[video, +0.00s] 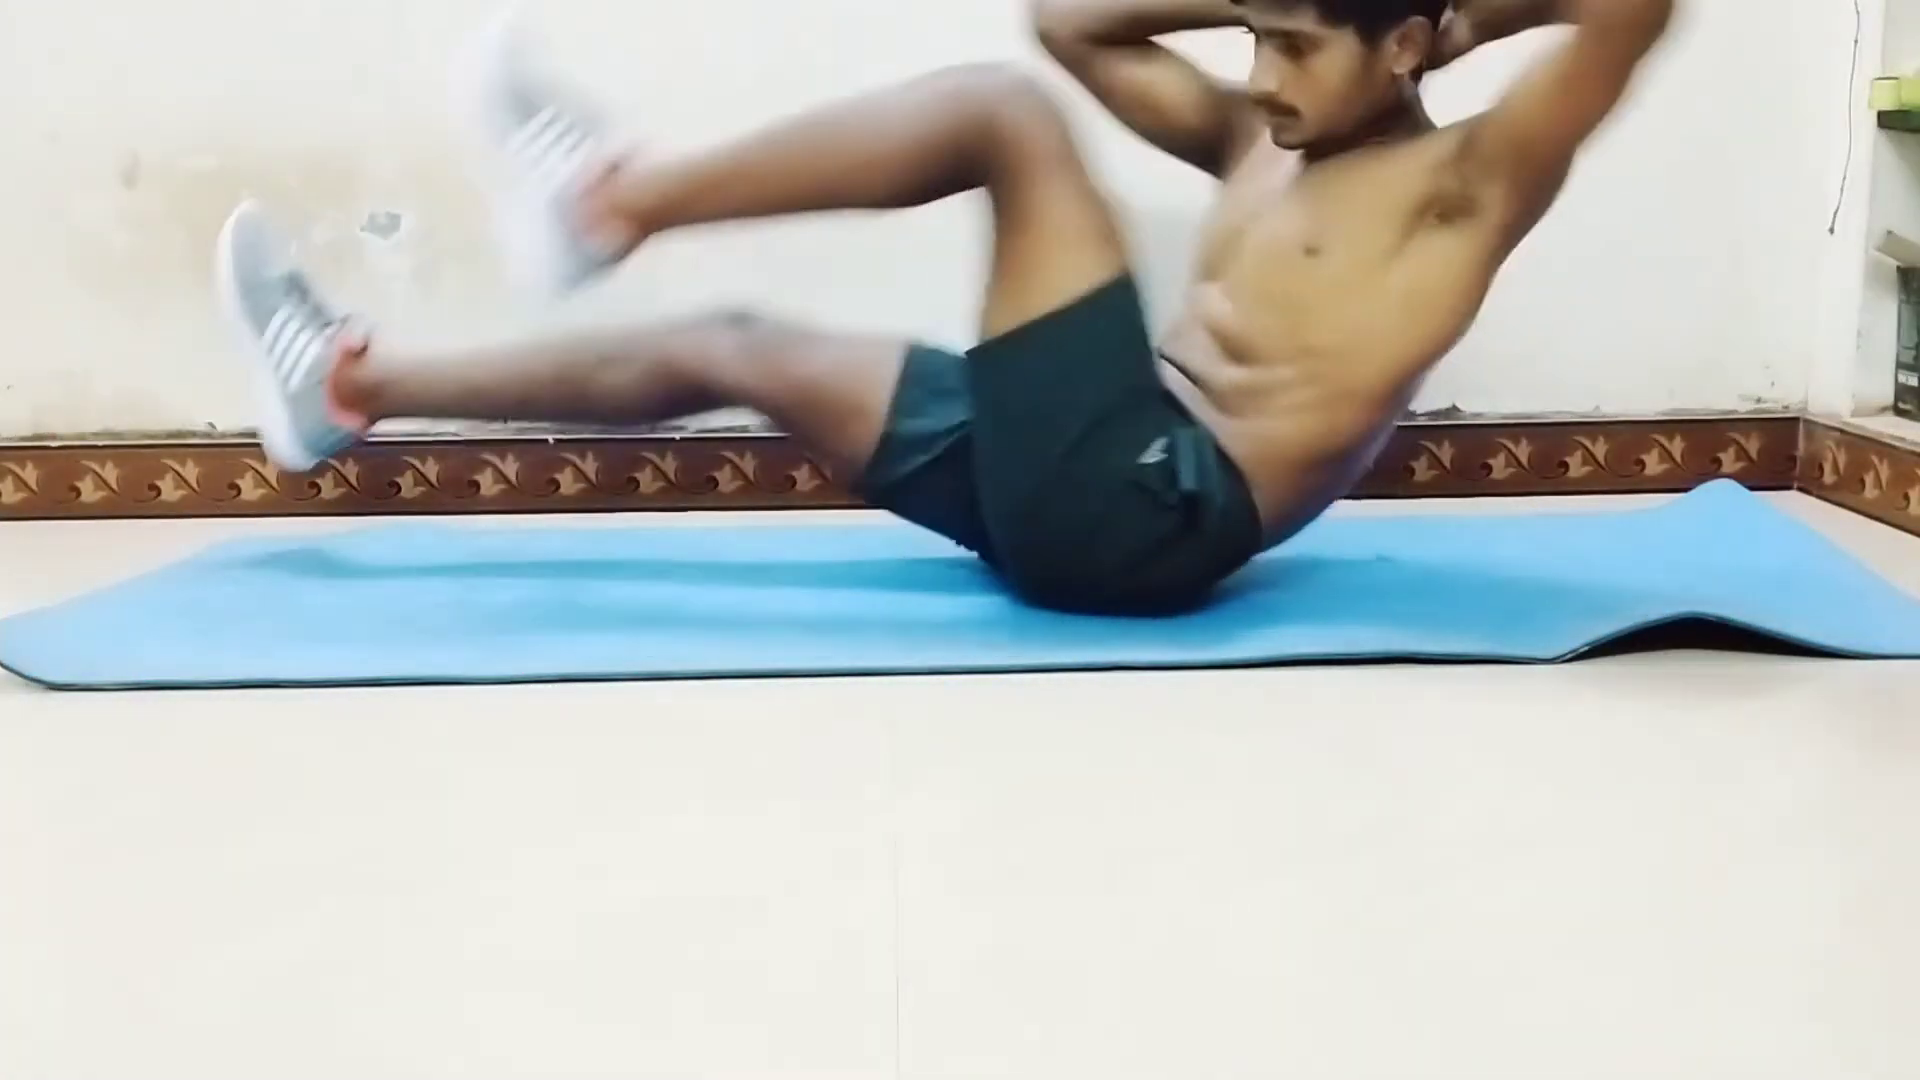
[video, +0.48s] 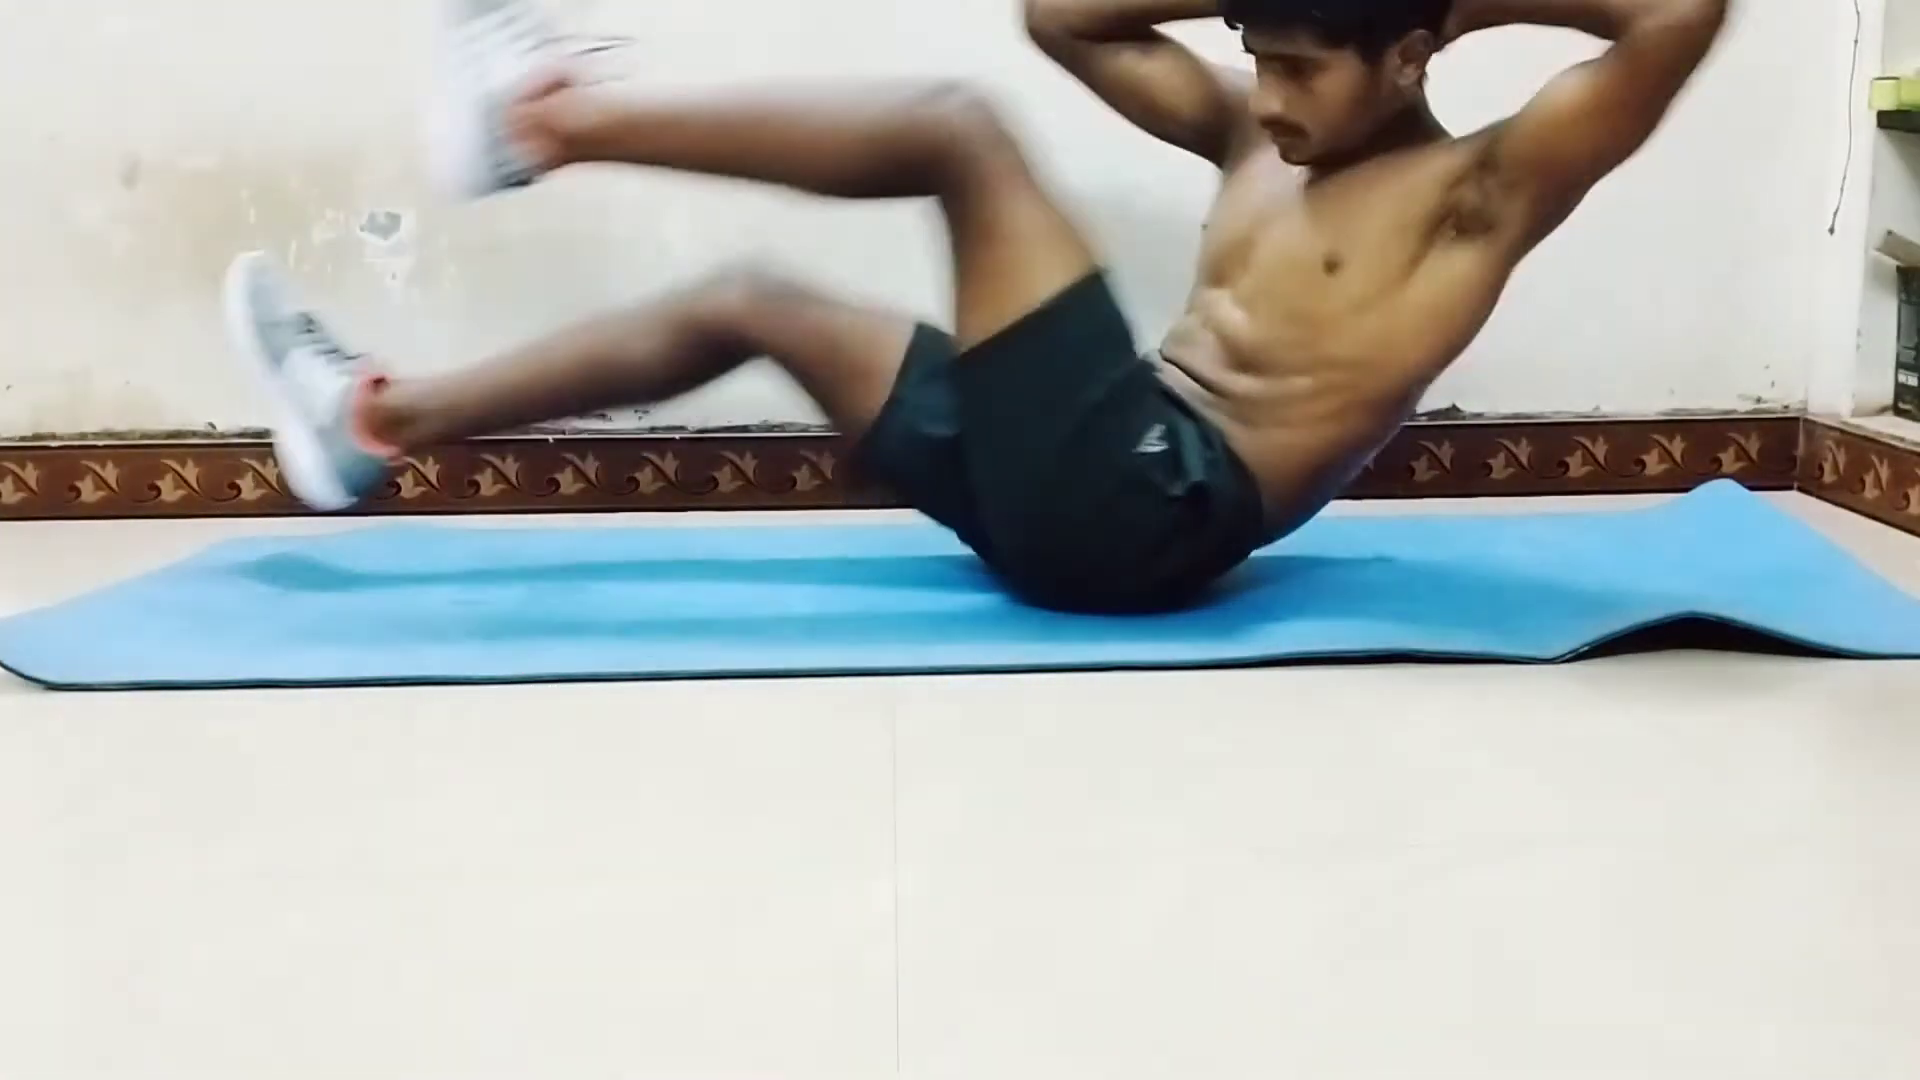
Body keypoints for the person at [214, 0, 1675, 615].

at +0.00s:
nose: (1267, 77)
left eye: (1298, 51)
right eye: (1262, 52)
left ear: (1400, 51)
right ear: (1280, 60)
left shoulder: (1467, 178)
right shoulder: (1258, 138)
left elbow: (1640, 15)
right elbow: (1063, 38)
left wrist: (1470, 27)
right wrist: (1256, 35)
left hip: (1153, 504)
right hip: (1066, 468)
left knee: (1015, 111)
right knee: (734, 345)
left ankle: (620, 198)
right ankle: (357, 384)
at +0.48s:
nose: (1273, 90)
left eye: (1306, 68)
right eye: (1269, 69)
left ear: (1405, 69)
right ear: (1281, 80)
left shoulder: (1480, 192)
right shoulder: (1254, 134)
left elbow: (1683, 31)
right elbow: (1068, 30)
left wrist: (1507, 14)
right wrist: (1233, 20)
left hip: (1155, 509)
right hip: (1064, 468)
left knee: (968, 139)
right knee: (748, 296)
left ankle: (547, 127)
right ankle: (378, 426)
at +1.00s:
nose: (1264, 54)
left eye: (1292, 39)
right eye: (1292, 41)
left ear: (1366, 54)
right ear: (1378, 60)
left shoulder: (1362, 135)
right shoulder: (1355, 152)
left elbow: (1127, 27)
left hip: (1127, 511)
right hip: (1121, 423)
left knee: (728, 410)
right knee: (1081, 109)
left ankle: (249, 425)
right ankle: (707, 188)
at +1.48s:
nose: (1263, 77)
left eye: (1292, 42)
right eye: (1291, 39)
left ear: (1356, 39)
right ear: (1344, 45)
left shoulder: (1382, 152)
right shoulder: (1342, 168)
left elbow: (1169, 6)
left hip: (1137, 501)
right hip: (1124, 433)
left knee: (777, 289)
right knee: (941, 150)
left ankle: (341, 406)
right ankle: (539, 220)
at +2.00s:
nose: (1278, 64)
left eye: (1312, 42)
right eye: (1264, 37)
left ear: (1392, 43)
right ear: (1255, 33)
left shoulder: (1451, 152)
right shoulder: (1196, 127)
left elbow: (1693, 25)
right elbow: (1023, 46)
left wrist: (1519, 8)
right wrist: (1113, 33)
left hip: (1146, 498)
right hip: (1057, 436)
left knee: (1072, 100)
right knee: (729, 386)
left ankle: (682, 134)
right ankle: (355, 407)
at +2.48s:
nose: (1254, 93)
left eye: (1289, 64)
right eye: (1248, 66)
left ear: (1385, 62)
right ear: (1251, 59)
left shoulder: (1451, 187)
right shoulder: (1245, 155)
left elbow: (1599, 18)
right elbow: (1067, 35)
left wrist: (1441, 22)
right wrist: (1241, 21)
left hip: (1127, 512)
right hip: (1068, 471)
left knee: (860, 169)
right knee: (829, 205)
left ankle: (455, 208)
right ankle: (486, 386)